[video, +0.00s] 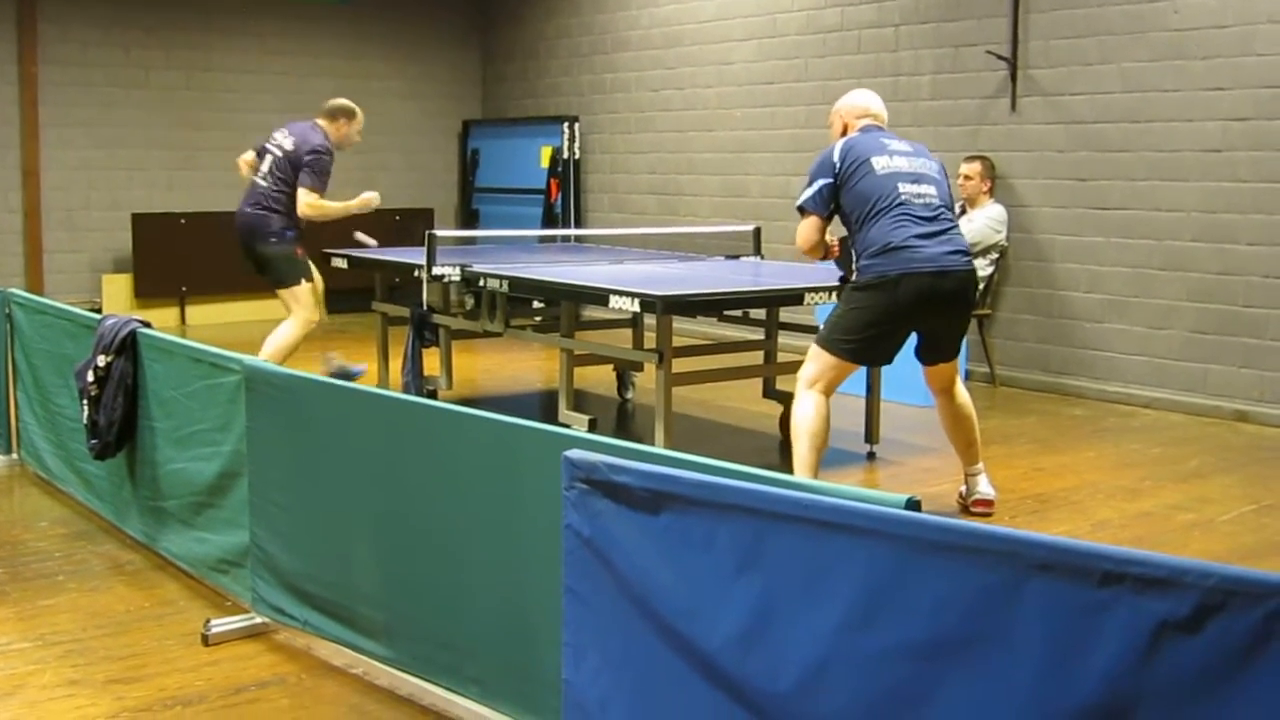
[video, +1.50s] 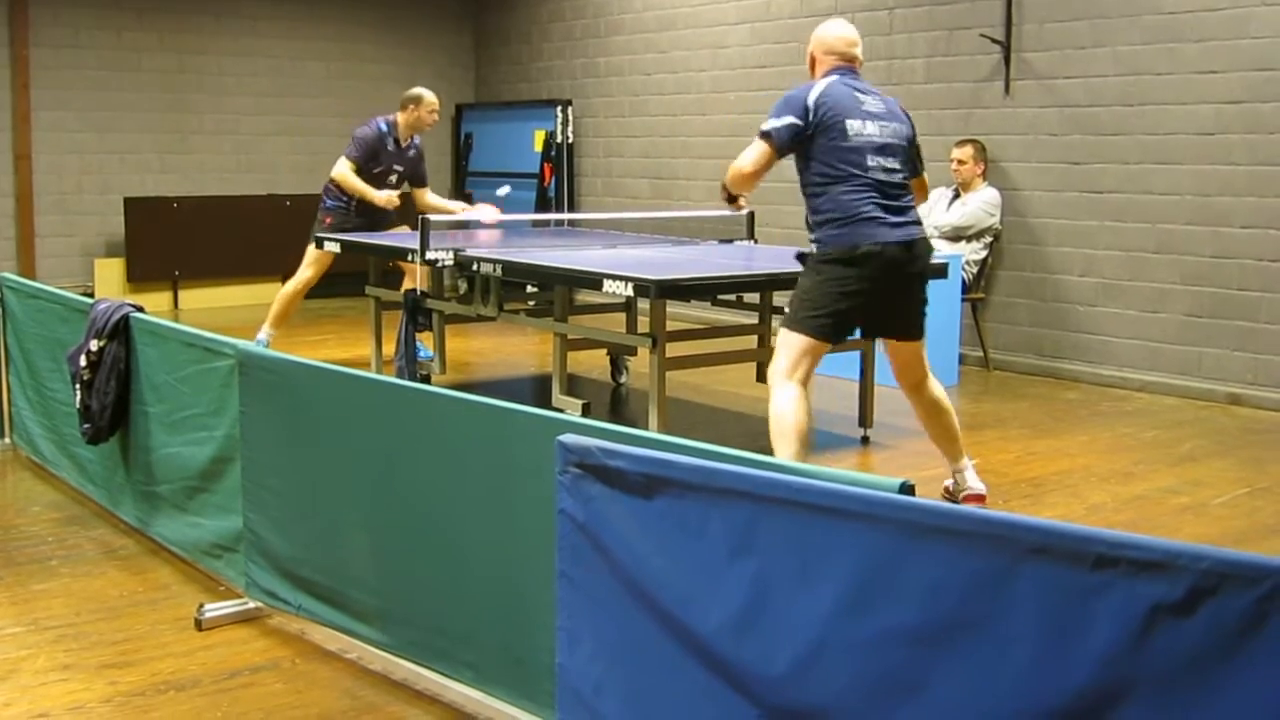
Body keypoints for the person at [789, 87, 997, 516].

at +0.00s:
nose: (833, 135)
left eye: (833, 128)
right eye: (833, 129)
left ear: (845, 123)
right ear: (882, 121)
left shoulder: (837, 154)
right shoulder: (925, 154)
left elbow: (807, 240)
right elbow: (941, 218)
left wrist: (827, 248)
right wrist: (861, 242)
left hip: (890, 275)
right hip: (955, 275)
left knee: (813, 384)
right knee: (947, 383)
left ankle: (802, 494)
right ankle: (978, 483)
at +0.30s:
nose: (824, 104)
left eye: (824, 98)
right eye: (825, 98)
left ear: (833, 94)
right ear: (872, 95)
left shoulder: (825, 129)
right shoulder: (914, 132)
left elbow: (772, 207)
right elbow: (939, 209)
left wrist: (790, 175)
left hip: (872, 266)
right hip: (935, 263)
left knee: (801, 375)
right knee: (934, 376)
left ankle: (801, 490)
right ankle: (975, 477)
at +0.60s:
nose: (788, 89)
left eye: (788, 84)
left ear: (793, 82)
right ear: (841, 83)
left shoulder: (786, 110)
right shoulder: (871, 124)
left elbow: (718, 162)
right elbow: (895, 202)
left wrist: (706, 158)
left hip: (828, 253)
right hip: (887, 256)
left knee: (769, 375)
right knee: (848, 357)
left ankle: (793, 485)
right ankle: (848, 449)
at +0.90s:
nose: (771, 114)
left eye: (772, 107)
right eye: (773, 109)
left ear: (778, 105)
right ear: (818, 111)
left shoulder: (783, 117)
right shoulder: (836, 141)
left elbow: (766, 147)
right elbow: (836, 200)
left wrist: (743, 199)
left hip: (821, 255)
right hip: (872, 258)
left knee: (752, 370)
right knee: (805, 352)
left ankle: (781, 478)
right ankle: (819, 447)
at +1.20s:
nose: (759, 98)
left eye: (759, 93)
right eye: (760, 94)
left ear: (765, 91)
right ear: (809, 90)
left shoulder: (763, 125)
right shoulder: (849, 132)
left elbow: (700, 171)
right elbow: (891, 208)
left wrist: (680, 226)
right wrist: (867, 238)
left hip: (817, 264)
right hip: (876, 263)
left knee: (753, 383)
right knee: (839, 362)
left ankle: (766, 485)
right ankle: (834, 446)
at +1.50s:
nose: (806, 66)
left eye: (807, 60)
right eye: (810, 60)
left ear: (814, 58)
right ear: (860, 62)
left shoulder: (808, 99)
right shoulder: (895, 109)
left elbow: (745, 173)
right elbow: (918, 191)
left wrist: (734, 189)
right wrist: (875, 209)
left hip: (845, 253)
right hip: (907, 253)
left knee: (788, 375)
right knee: (917, 377)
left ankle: (787, 491)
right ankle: (966, 479)